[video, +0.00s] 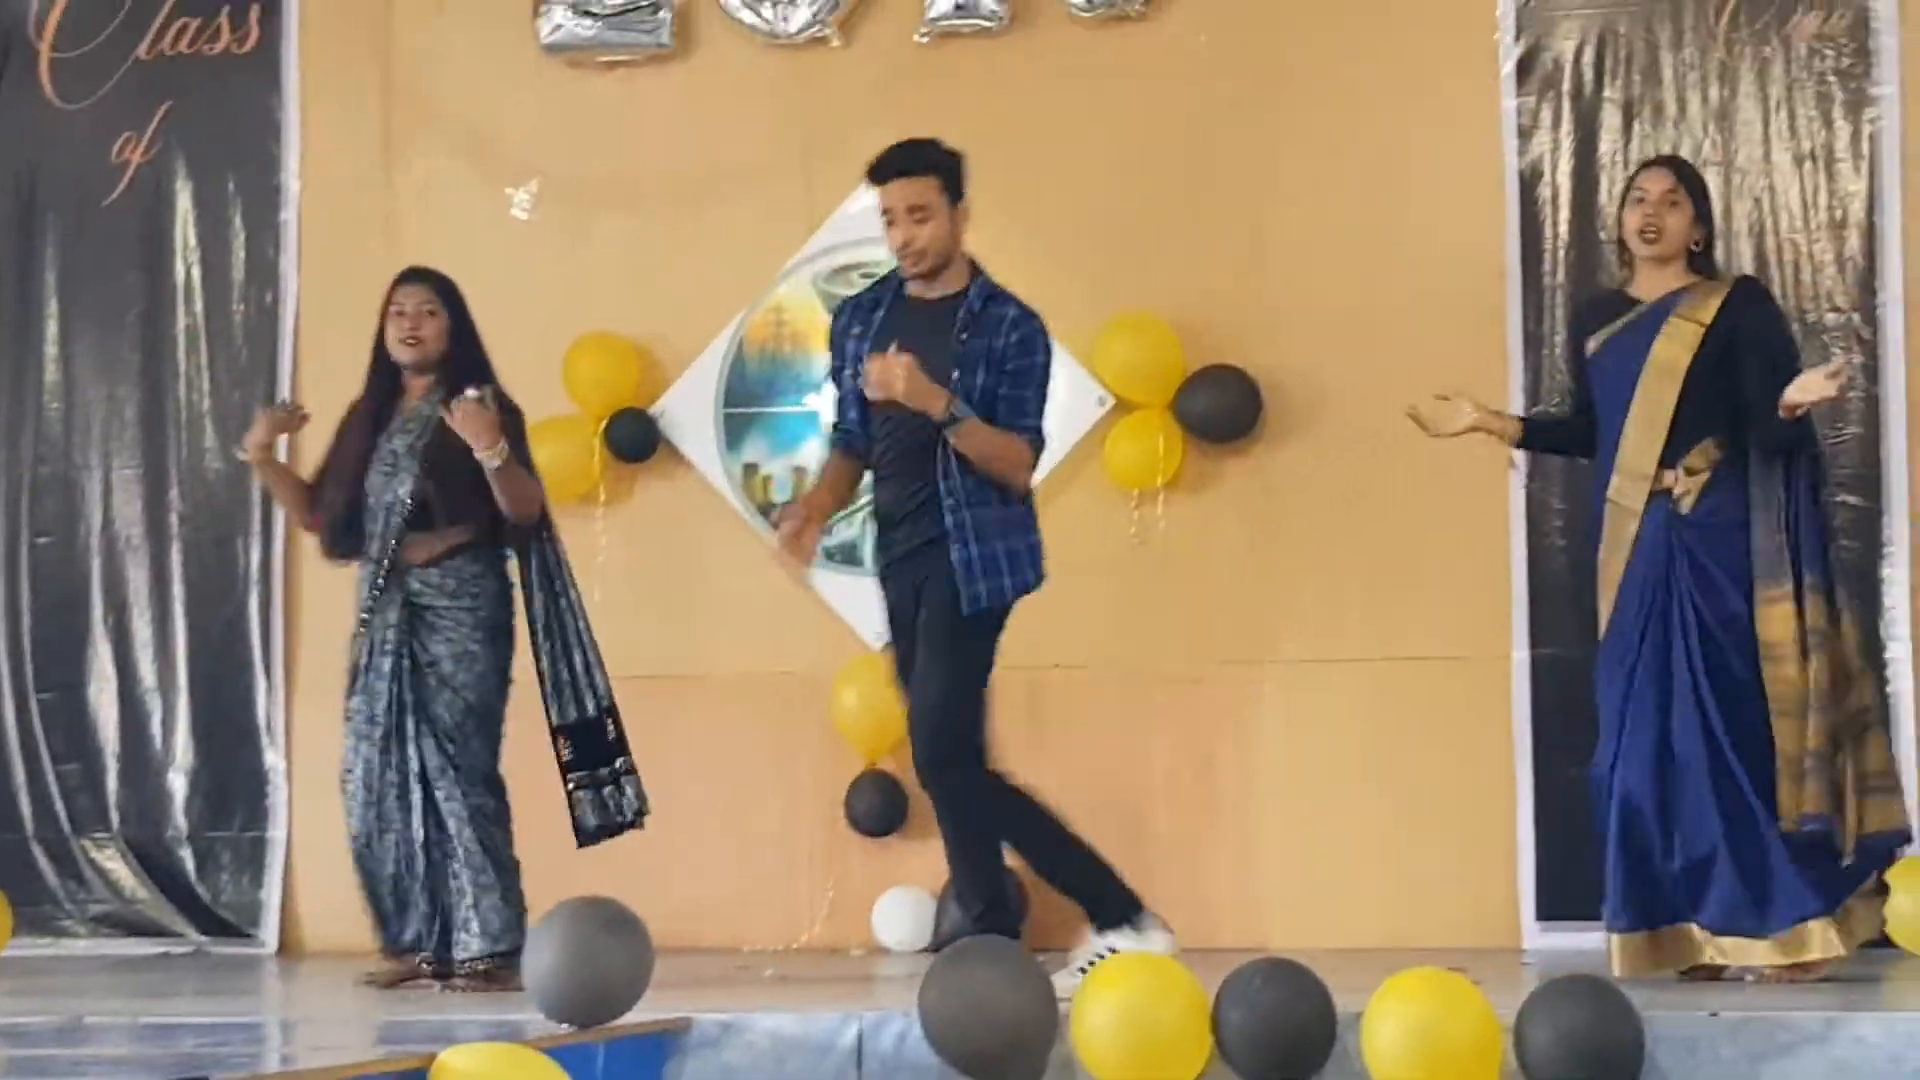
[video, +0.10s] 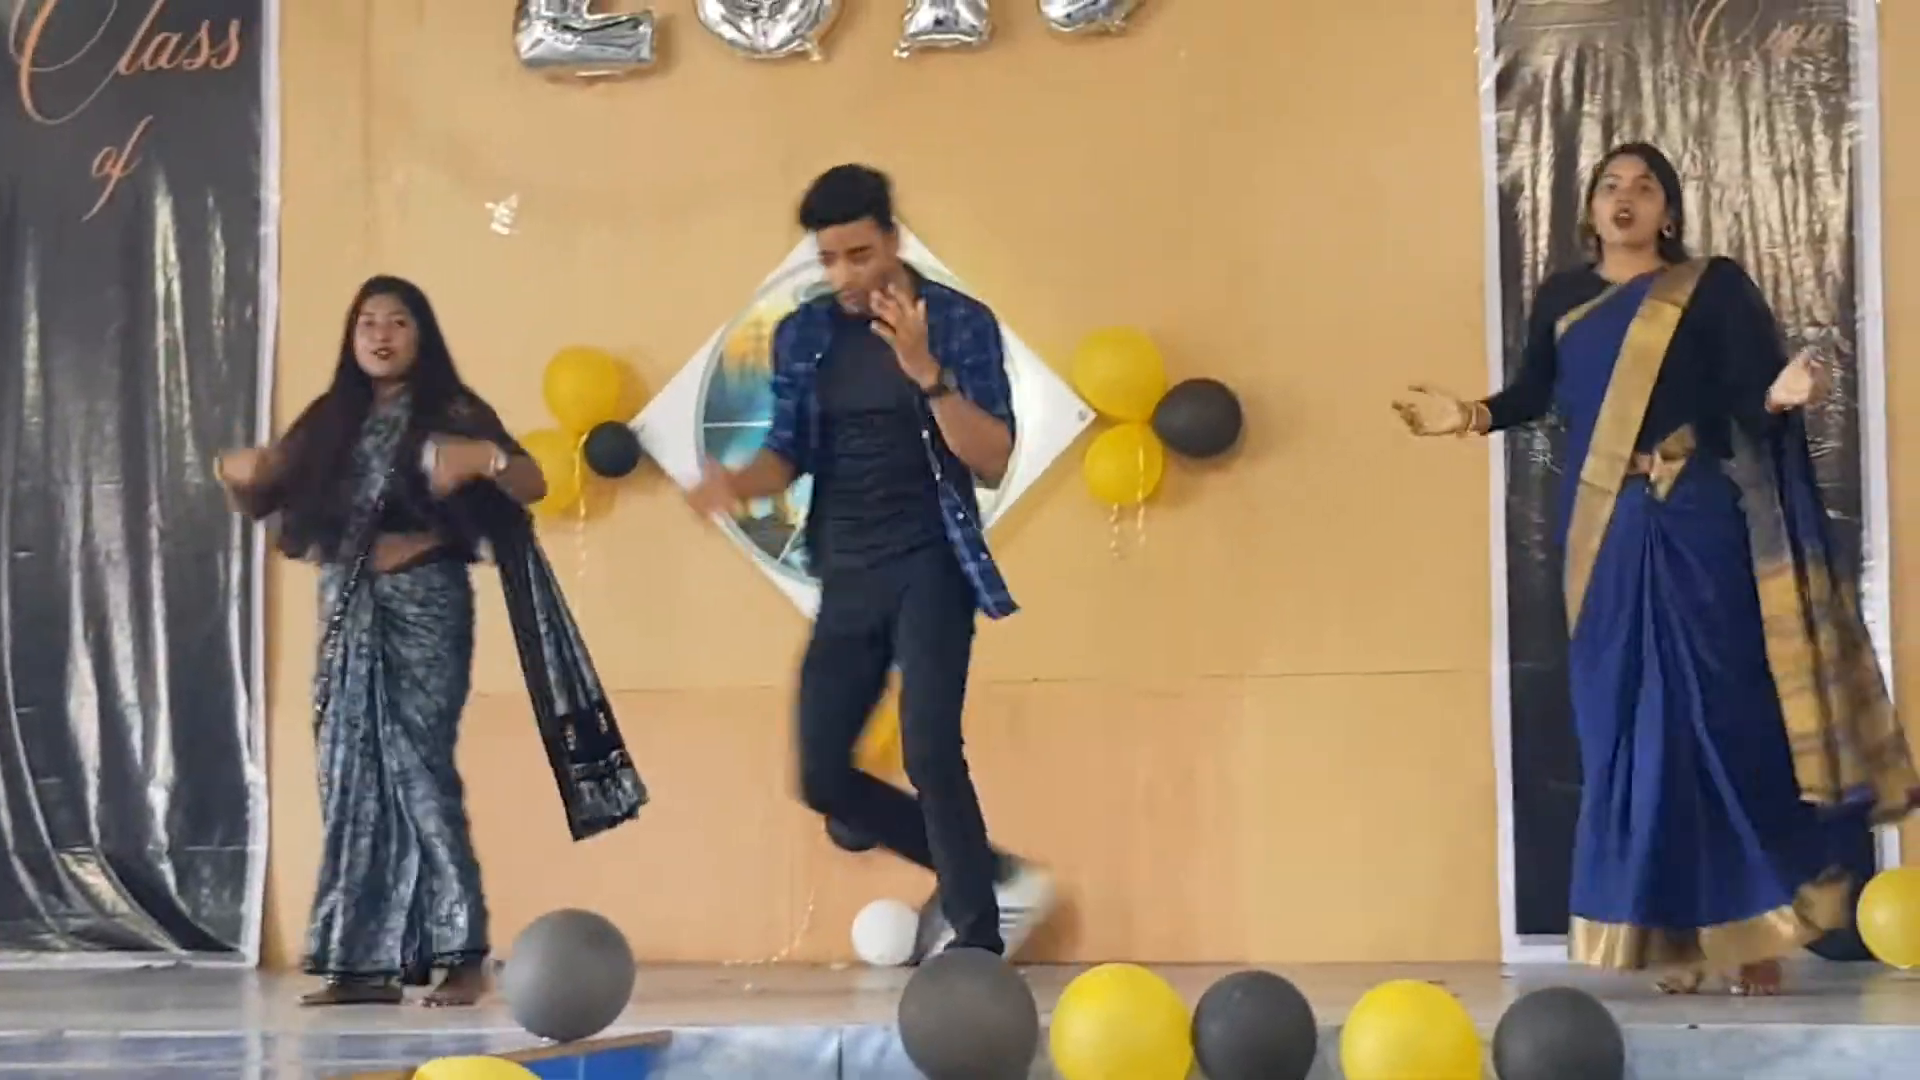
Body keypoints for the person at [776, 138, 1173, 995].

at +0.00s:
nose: (902, 233)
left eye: (918, 214)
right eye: (889, 218)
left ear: (960, 213)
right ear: (880, 223)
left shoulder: (1009, 325)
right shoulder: (862, 320)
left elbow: (1020, 461)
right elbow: (852, 444)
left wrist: (930, 397)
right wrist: (811, 510)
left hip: (976, 549)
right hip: (899, 557)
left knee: (942, 752)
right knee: (953, 767)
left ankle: (987, 949)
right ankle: (1124, 919)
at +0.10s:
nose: (844, 276)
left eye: (859, 254)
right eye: (828, 258)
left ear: (894, 238)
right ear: (814, 253)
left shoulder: (959, 323)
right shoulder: (802, 334)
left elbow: (993, 456)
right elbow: (785, 454)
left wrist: (926, 372)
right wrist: (739, 485)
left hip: (933, 569)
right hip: (848, 580)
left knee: (930, 756)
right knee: (824, 778)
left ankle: (976, 937)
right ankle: (986, 871)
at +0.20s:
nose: (772, 281)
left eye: (786, 261)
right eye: (754, 265)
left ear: (817, 238)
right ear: (737, 254)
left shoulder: (888, 297)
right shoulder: (729, 325)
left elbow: (958, 419)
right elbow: (732, 443)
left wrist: (898, 389)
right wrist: (670, 441)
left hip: (876, 560)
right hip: (784, 565)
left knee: (891, 747)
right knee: (704, 739)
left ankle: (952, 937)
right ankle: (779, 901)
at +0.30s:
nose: (719, 292)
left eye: (732, 272)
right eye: (699, 279)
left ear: (755, 247)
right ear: (676, 269)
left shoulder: (820, 313)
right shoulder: (667, 348)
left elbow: (899, 434)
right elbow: (669, 465)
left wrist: (862, 448)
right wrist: (617, 493)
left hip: (816, 575)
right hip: (721, 577)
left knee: (849, 763)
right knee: (628, 751)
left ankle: (922, 936)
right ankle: (568, 934)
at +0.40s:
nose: (670, 307)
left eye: (682, 286)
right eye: (650, 293)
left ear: (705, 264)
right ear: (626, 283)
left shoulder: (759, 339)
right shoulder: (603, 368)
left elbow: (845, 462)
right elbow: (574, 492)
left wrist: (822, 432)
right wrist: (514, 479)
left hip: (756, 597)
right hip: (656, 601)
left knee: (811, 766)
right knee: (578, 767)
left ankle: (915, 926)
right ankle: (502, 946)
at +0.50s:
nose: (614, 301)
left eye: (627, 282)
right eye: (596, 286)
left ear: (648, 264)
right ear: (569, 275)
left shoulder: (700, 328)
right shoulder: (542, 342)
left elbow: (798, 430)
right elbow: (466, 450)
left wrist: (800, 368)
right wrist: (460, 376)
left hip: (696, 579)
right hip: (592, 584)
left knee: (756, 734)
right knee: (535, 755)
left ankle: (874, 909)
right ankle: (486, 949)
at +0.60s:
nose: (576, 282)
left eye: (589, 264)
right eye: (556, 268)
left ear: (608, 244)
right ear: (530, 256)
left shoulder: (660, 300)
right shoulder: (506, 309)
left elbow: (777, 374)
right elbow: (404, 385)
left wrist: (760, 296)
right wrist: (452, 288)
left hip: (663, 556)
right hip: (564, 561)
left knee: (701, 706)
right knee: (515, 744)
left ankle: (763, 872)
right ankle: (482, 936)